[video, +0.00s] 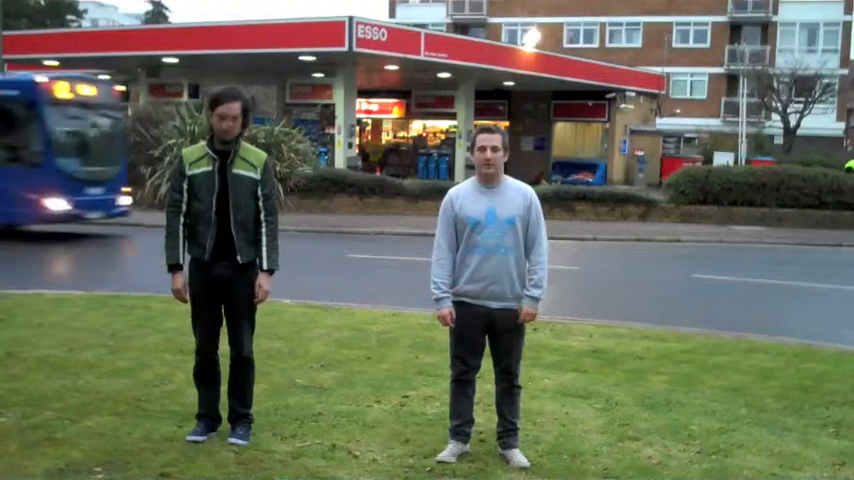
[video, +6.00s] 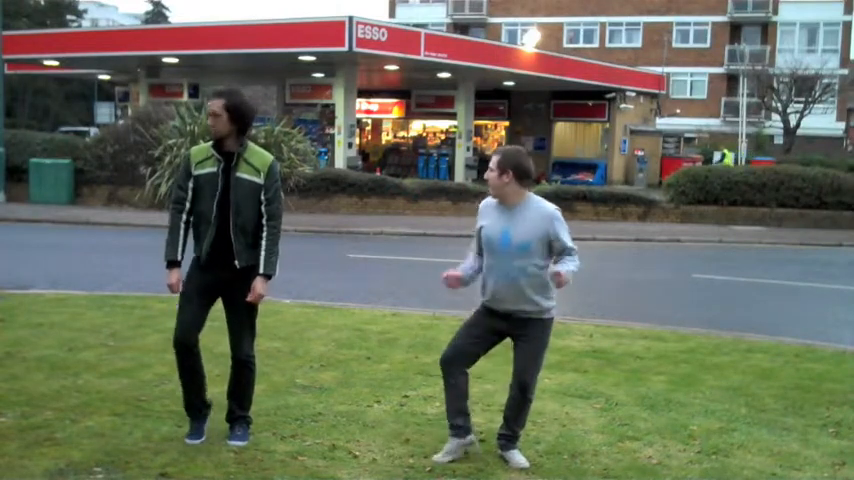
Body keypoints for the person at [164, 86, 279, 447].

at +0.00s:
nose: (227, 124)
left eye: (234, 119)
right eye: (221, 118)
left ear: (244, 122)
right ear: (210, 118)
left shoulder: (260, 163)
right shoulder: (188, 160)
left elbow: (269, 219)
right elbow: (174, 216)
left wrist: (266, 270)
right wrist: (176, 269)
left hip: (243, 269)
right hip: (202, 268)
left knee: (242, 350)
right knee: (205, 349)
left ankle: (241, 421)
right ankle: (207, 419)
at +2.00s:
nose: (224, 124)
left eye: (231, 119)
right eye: (218, 118)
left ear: (241, 121)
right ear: (208, 118)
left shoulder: (257, 162)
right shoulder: (187, 159)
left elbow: (267, 219)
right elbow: (175, 216)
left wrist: (264, 270)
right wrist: (176, 269)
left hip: (241, 269)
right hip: (200, 268)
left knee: (241, 350)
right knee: (204, 348)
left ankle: (241, 421)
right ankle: (206, 419)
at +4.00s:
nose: (214, 126)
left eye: (221, 121)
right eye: (212, 120)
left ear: (241, 124)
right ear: (209, 120)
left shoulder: (263, 165)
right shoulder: (194, 159)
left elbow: (270, 223)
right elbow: (178, 212)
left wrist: (264, 275)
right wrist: (173, 265)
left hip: (243, 272)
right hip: (202, 269)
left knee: (242, 350)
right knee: (194, 345)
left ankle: (241, 421)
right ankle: (204, 419)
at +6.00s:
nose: (209, 122)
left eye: (215, 116)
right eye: (208, 116)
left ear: (236, 119)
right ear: (211, 120)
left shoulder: (265, 165)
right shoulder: (195, 159)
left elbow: (272, 224)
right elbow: (178, 212)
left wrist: (263, 274)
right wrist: (173, 263)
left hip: (243, 272)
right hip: (202, 269)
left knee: (243, 352)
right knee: (183, 339)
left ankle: (240, 420)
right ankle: (197, 413)